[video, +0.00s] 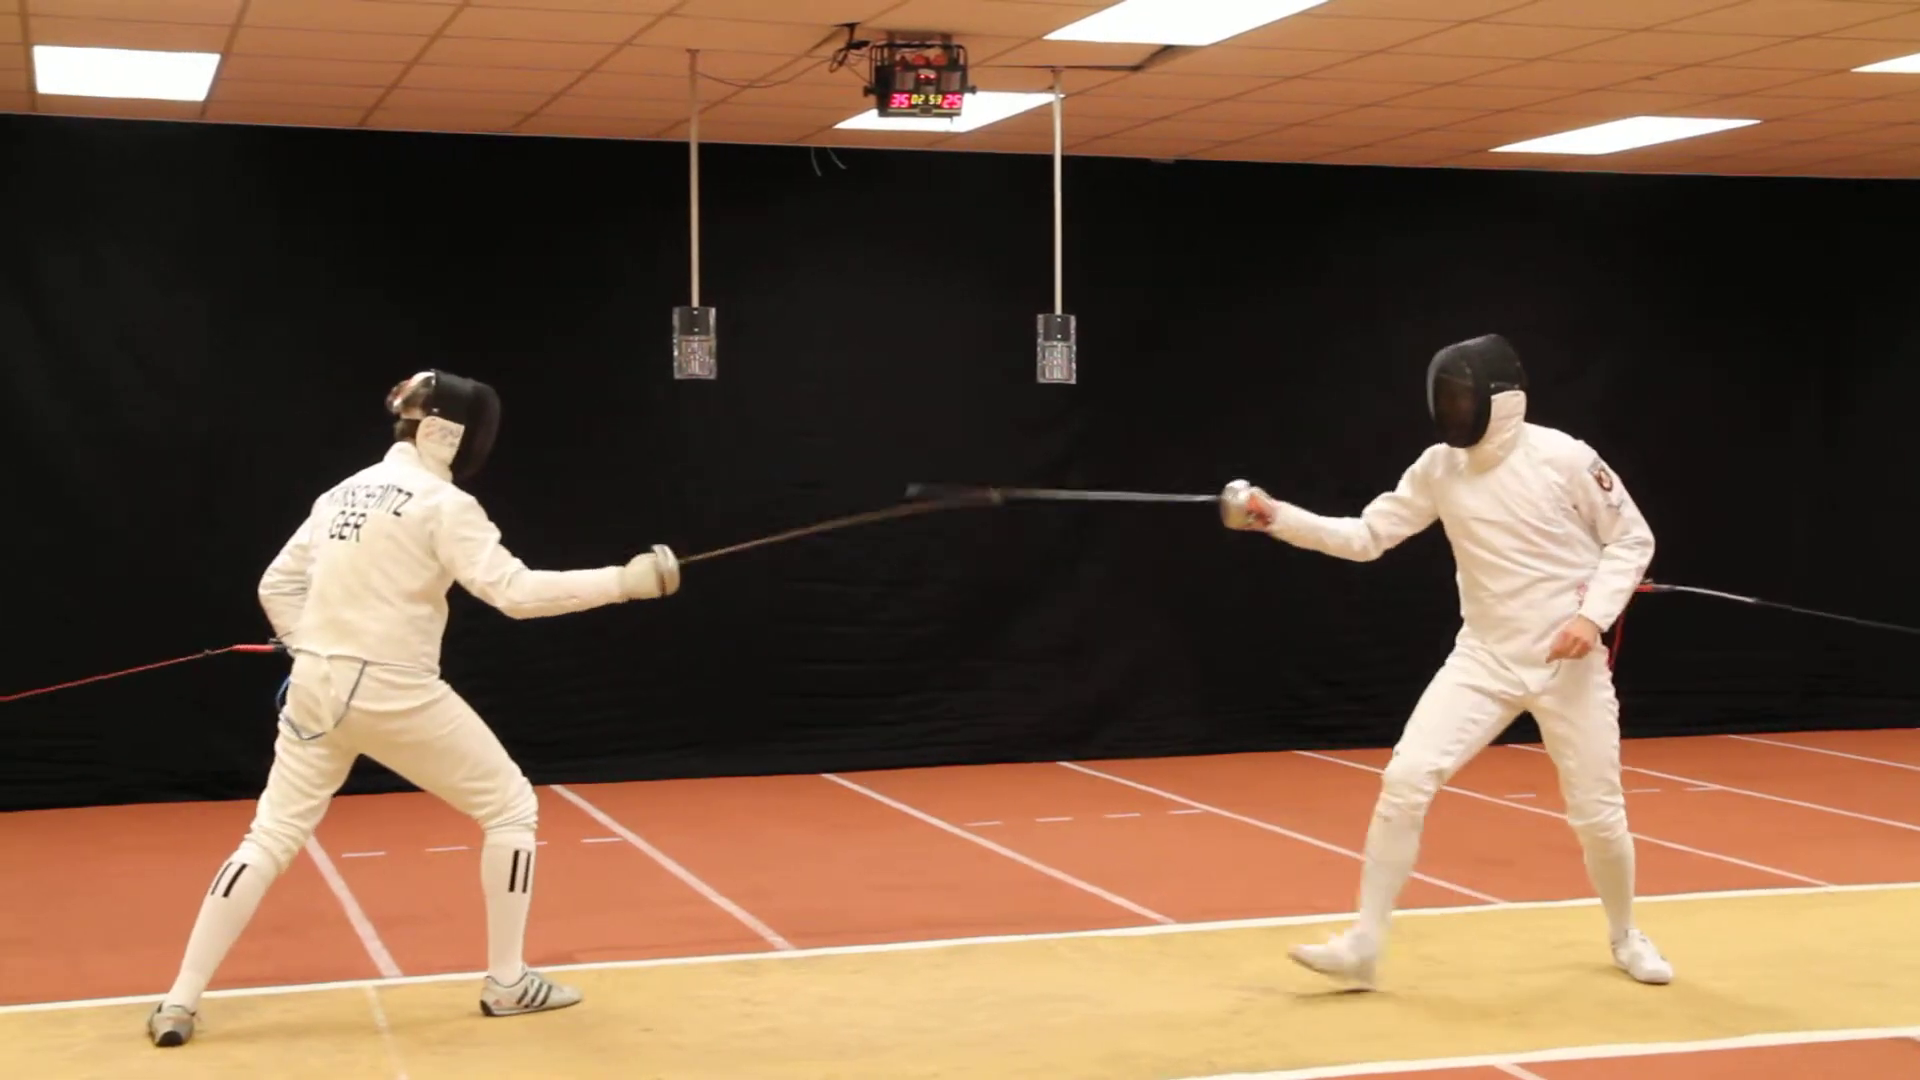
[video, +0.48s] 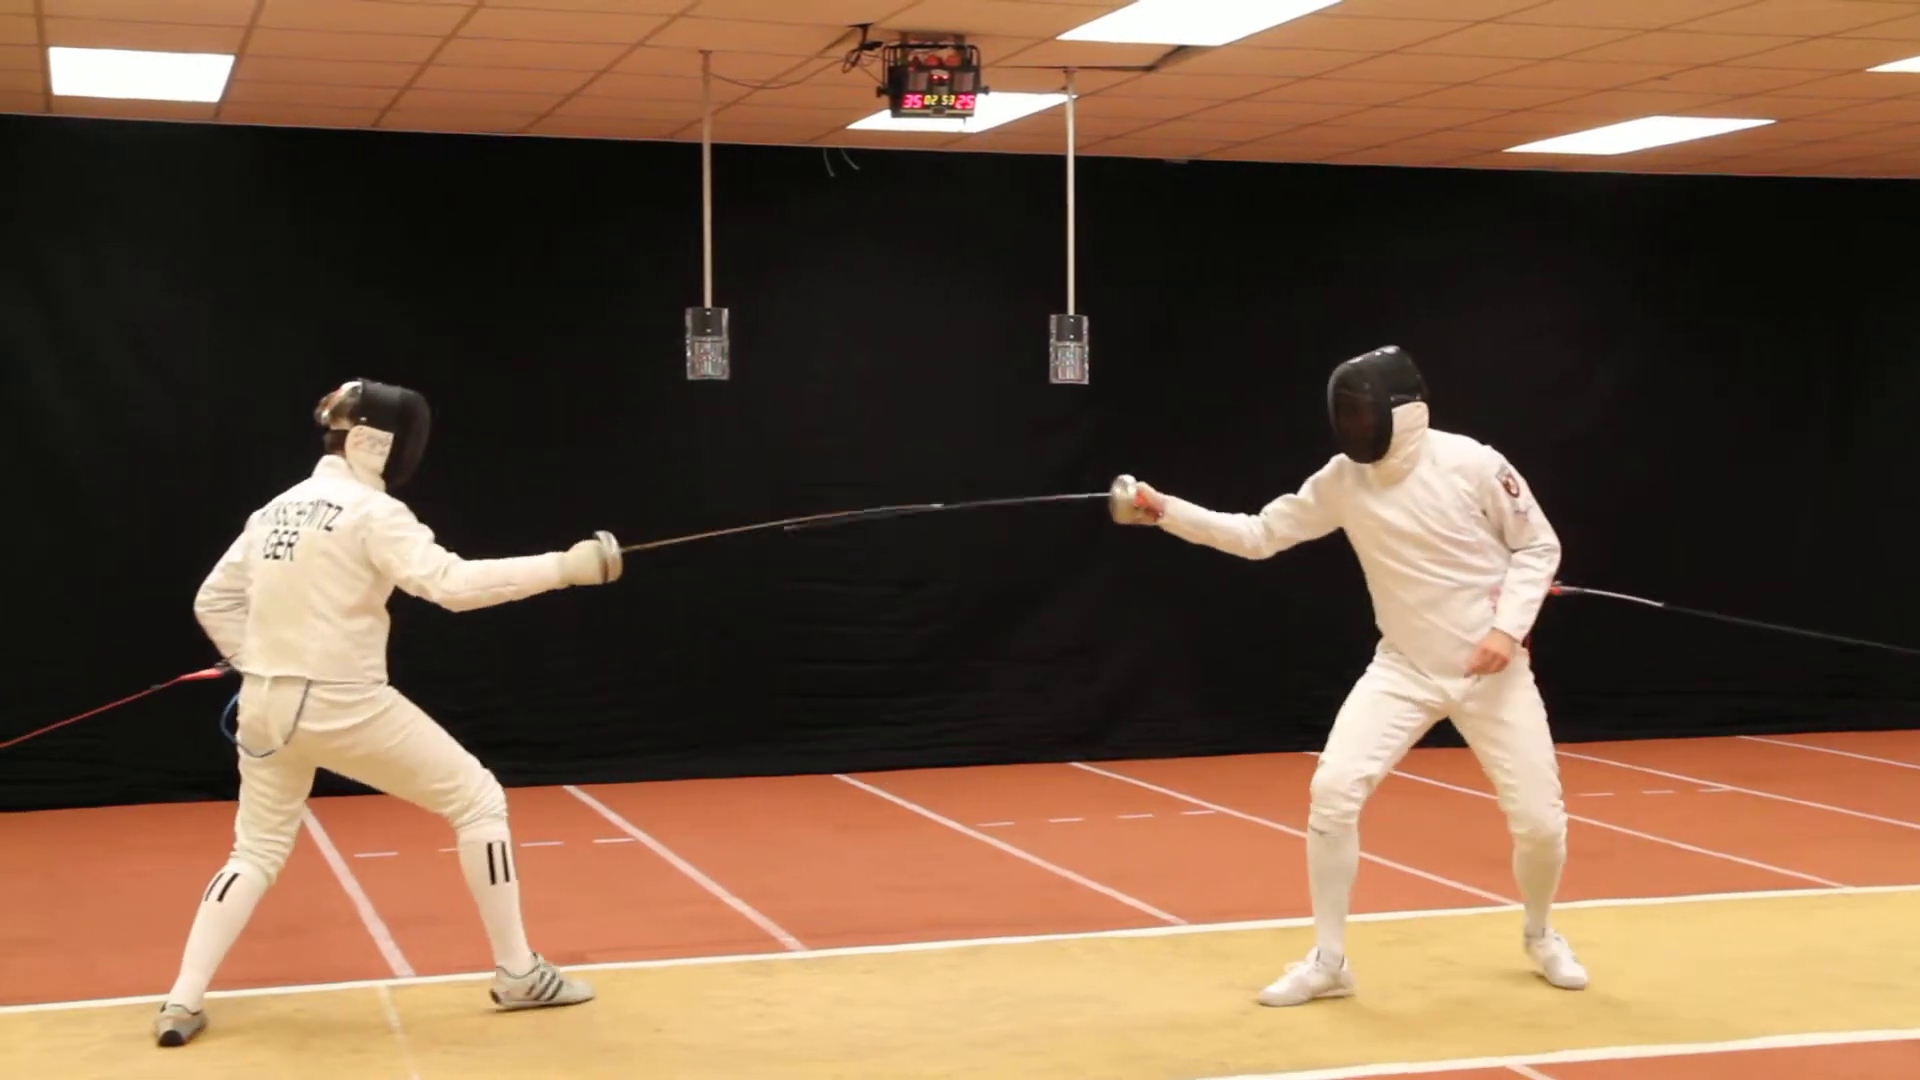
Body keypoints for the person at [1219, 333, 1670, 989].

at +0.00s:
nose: (1448, 408)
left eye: (1460, 394)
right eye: (1444, 394)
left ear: (1500, 395)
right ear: (1446, 397)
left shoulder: (1565, 459)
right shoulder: (1439, 470)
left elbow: (1634, 540)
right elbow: (1366, 537)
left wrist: (1592, 616)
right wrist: (1276, 517)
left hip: (1570, 664)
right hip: (1481, 661)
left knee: (1600, 815)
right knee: (1405, 781)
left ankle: (1626, 937)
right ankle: (1365, 944)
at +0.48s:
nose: (1346, 426)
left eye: (1358, 412)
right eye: (1341, 413)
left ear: (1402, 409)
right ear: (1343, 414)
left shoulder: (1473, 466)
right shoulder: (1344, 482)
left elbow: (1539, 547)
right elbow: (1258, 534)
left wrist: (1508, 630)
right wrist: (1163, 510)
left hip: (1494, 673)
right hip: (1402, 670)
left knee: (1543, 826)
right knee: (1333, 791)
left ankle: (1541, 934)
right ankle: (1329, 959)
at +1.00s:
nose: (1381, 432)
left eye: (1393, 417)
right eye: (1376, 419)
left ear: (1435, 416)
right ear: (1377, 423)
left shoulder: (1505, 477)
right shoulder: (1380, 495)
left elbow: (1575, 562)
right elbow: (1341, 581)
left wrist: (1542, 640)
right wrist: (1252, 557)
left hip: (1528, 684)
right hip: (1435, 682)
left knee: (1591, 831)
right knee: (1355, 799)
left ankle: (1638, 923)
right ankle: (1313, 962)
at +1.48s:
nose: (1454, 419)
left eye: (1467, 404)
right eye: (1450, 405)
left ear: (1508, 406)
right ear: (1451, 410)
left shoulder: (1580, 471)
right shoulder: (1452, 482)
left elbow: (1650, 549)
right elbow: (1377, 547)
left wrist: (1624, 629)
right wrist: (1285, 525)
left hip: (1597, 673)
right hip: (1507, 670)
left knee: (1627, 824)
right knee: (1432, 783)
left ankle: (1645, 933)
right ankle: (1420, 946)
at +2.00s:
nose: (1392, 445)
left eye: (1404, 431)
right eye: (1388, 432)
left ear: (1448, 430)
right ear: (1391, 436)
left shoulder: (1519, 483)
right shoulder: (1392, 504)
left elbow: (1592, 560)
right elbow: (1312, 566)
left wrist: (1580, 644)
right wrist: (1215, 551)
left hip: (1554, 684)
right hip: (1461, 686)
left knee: (1612, 829)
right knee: (1375, 792)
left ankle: (1635, 938)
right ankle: (1375, 958)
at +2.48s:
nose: (1444, 435)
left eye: (1456, 420)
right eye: (1441, 422)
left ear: (1499, 419)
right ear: (1442, 426)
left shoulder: (1573, 476)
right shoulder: (1448, 497)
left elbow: (1644, 556)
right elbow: (1394, 577)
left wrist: (1606, 629)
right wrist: (1303, 552)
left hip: (1608, 677)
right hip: (1515, 679)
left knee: (1660, 825)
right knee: (1438, 798)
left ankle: (1694, 922)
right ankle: (1390, 954)